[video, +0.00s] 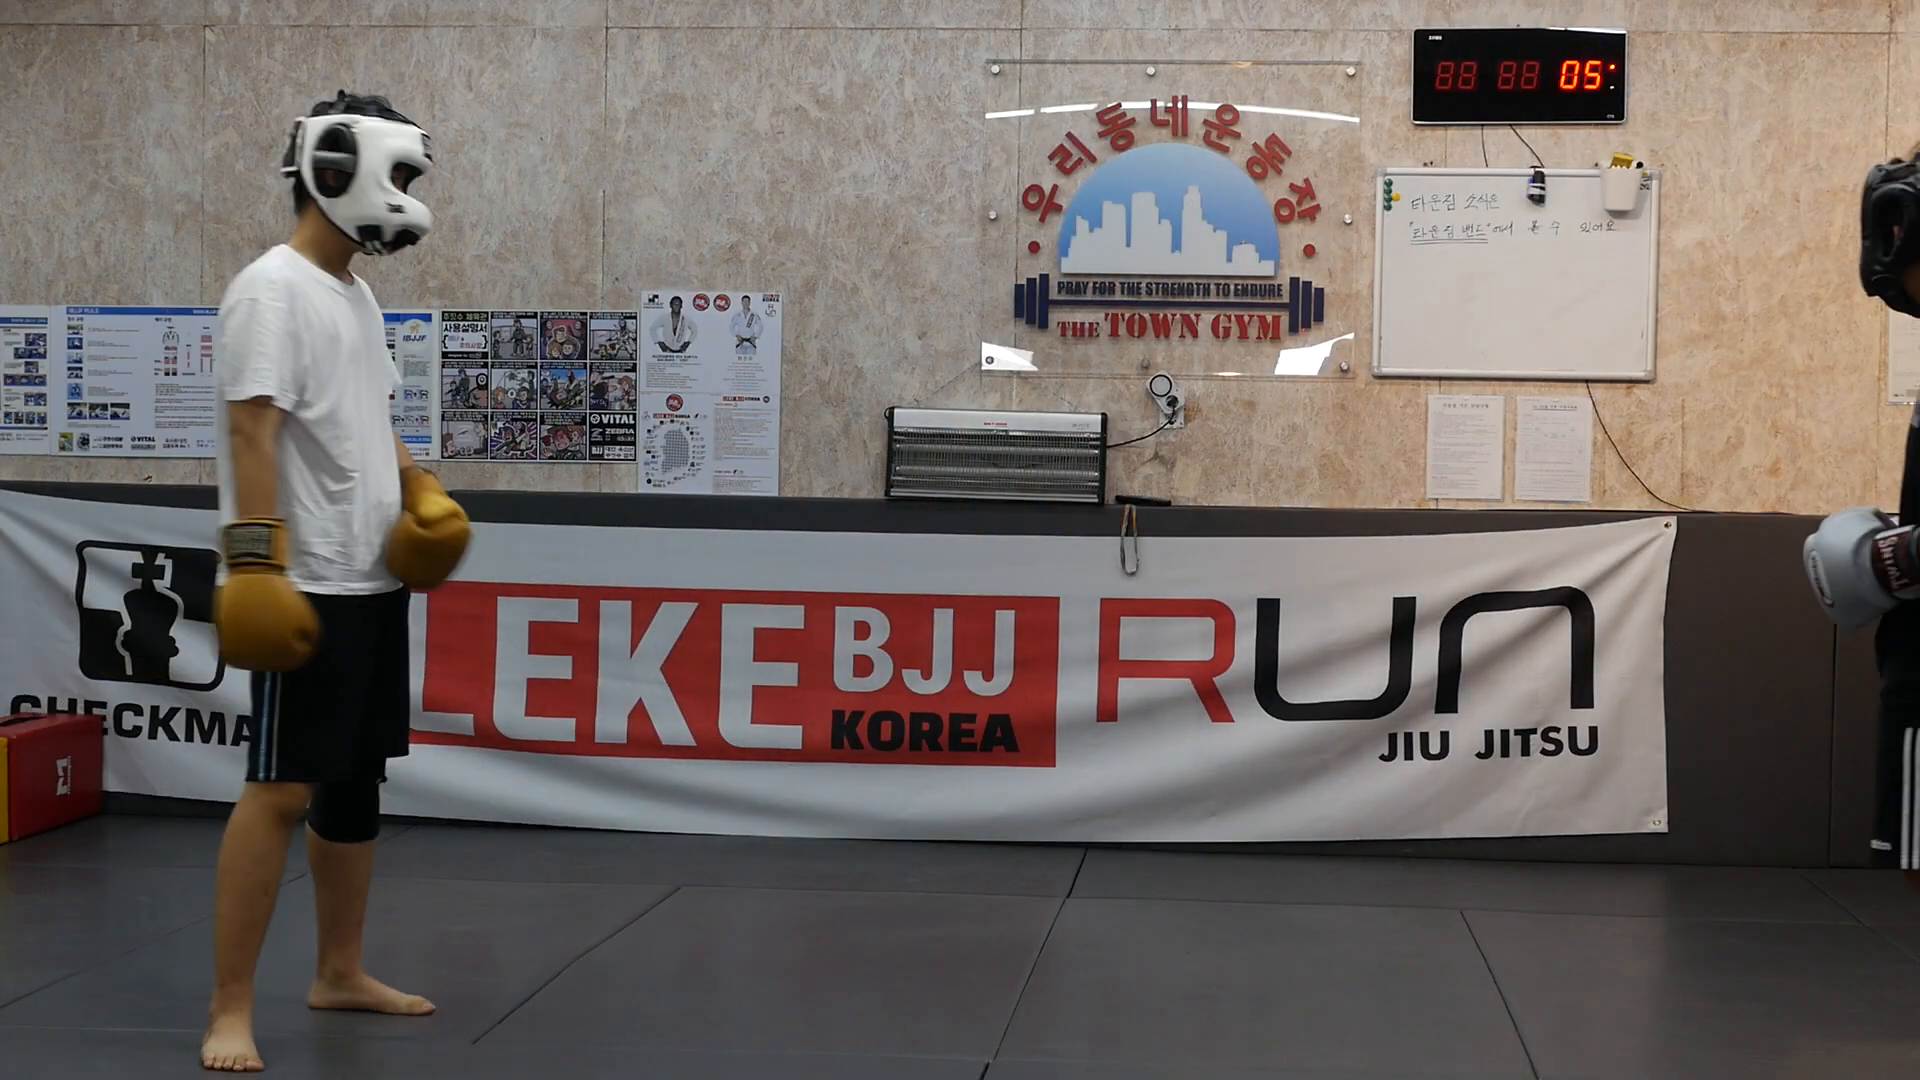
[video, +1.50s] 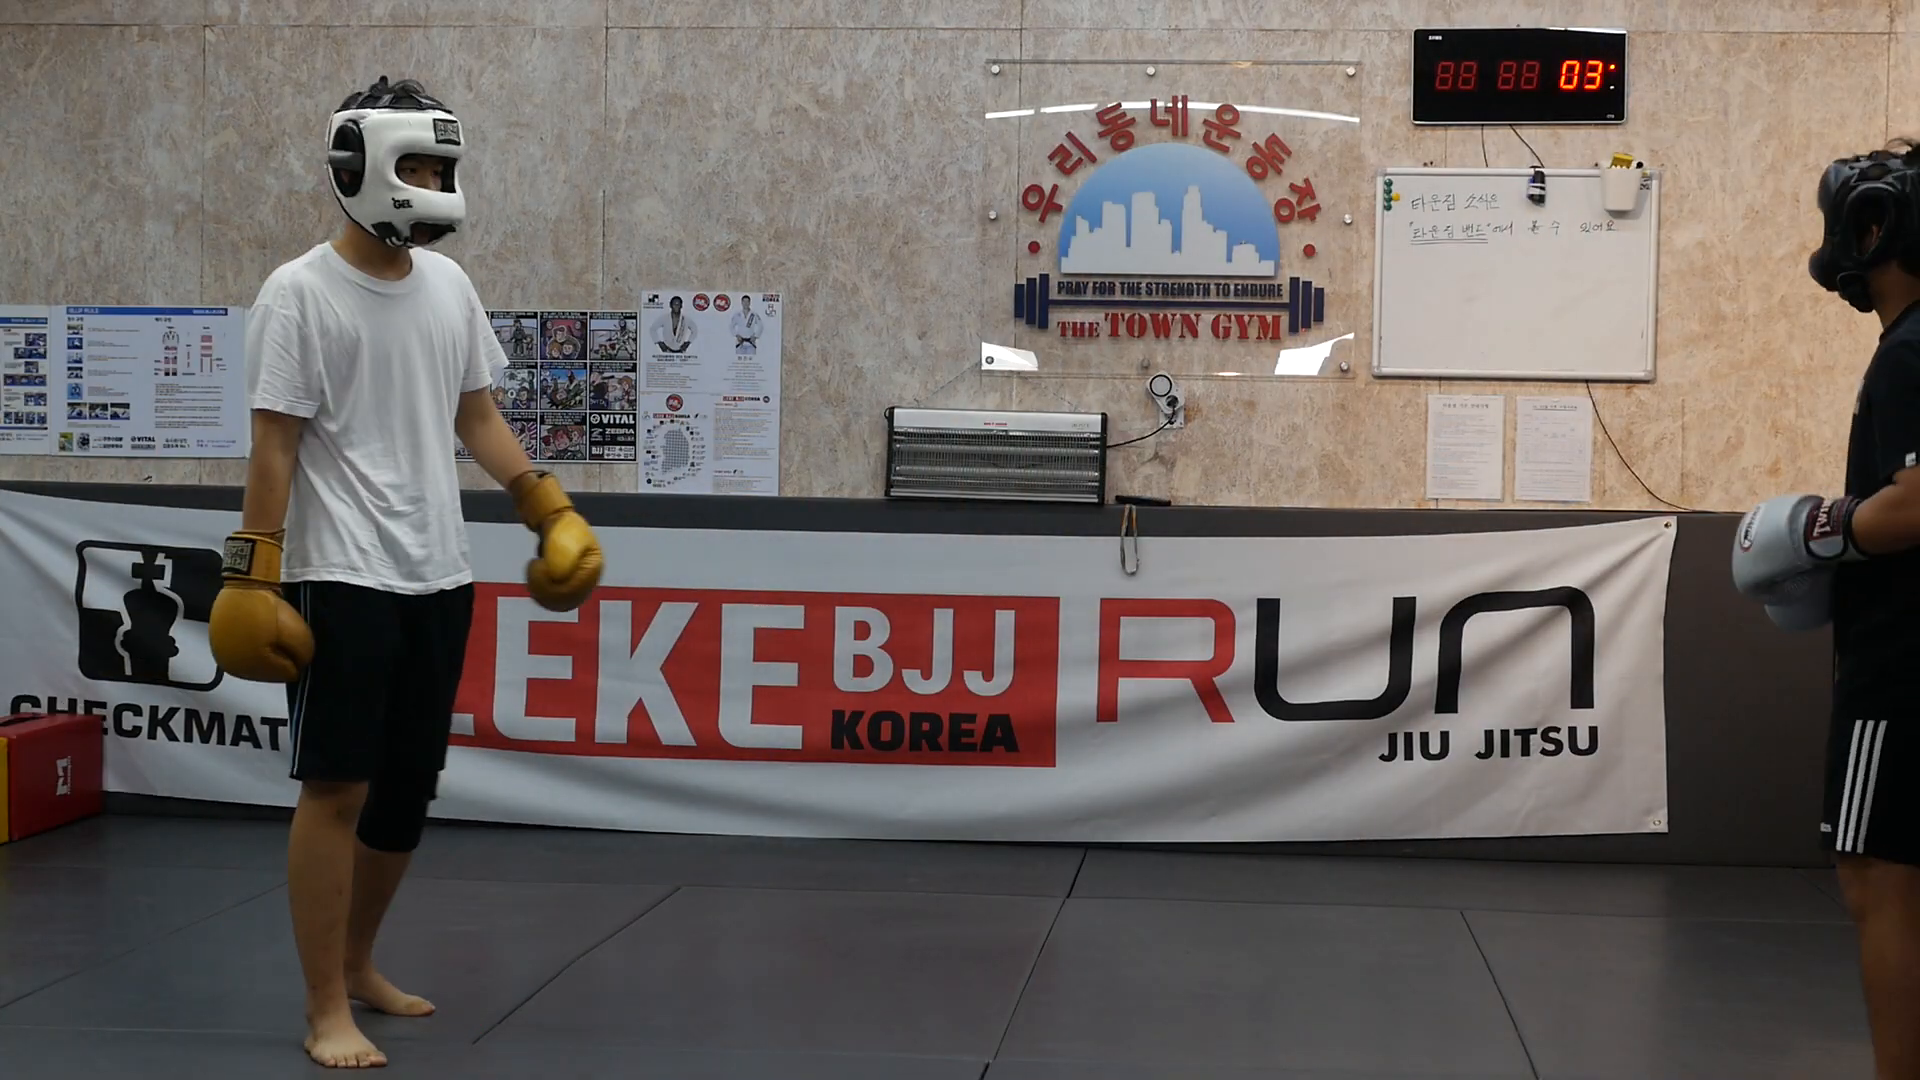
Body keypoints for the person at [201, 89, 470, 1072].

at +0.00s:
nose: (409, 197)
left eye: (413, 178)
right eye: (396, 177)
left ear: (354, 182)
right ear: (339, 175)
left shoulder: (356, 296)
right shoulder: (270, 288)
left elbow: (371, 429)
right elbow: (251, 429)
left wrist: (420, 491)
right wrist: (258, 562)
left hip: (375, 584)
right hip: (305, 584)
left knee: (353, 785)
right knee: (279, 790)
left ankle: (341, 973)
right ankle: (231, 1010)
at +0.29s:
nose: (436, 202)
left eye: (434, 182)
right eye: (427, 183)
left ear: (350, 185)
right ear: (389, 185)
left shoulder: (347, 291)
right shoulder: (327, 292)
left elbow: (366, 445)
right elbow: (362, 442)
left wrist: (435, 548)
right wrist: (437, 544)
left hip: (369, 570)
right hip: (334, 572)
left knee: (367, 771)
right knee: (343, 774)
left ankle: (341, 972)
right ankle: (243, 987)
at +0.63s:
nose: (467, 192)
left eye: (462, 172)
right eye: (456, 174)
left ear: (375, 185)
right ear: (418, 183)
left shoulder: (363, 285)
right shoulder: (368, 289)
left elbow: (400, 450)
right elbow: (403, 447)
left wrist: (474, 538)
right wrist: (482, 534)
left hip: (369, 556)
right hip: (348, 557)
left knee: (376, 768)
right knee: (374, 769)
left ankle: (340, 971)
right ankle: (259, 966)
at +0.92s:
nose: (481, 192)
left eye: (478, 174)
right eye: (466, 175)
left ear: (407, 188)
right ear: (417, 186)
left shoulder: (404, 299)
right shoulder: (363, 293)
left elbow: (390, 449)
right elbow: (363, 440)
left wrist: (421, 577)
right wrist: (398, 568)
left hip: (384, 566)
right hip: (340, 568)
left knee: (372, 776)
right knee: (341, 776)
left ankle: (350, 969)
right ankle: (326, 993)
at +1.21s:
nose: (461, 190)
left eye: (464, 171)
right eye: (443, 173)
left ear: (422, 183)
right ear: (388, 178)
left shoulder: (441, 294)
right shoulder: (323, 292)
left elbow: (461, 425)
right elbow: (296, 435)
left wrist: (503, 531)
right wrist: (292, 562)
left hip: (425, 582)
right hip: (349, 583)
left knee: (383, 786)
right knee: (338, 789)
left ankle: (351, 970)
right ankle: (327, 1008)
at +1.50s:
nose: (432, 181)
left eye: (440, 165)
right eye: (411, 164)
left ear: (449, 172)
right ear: (354, 170)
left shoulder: (449, 285)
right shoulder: (298, 293)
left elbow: (479, 415)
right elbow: (273, 442)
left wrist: (549, 510)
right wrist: (253, 575)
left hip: (438, 579)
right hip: (340, 581)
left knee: (404, 792)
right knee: (335, 791)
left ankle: (356, 964)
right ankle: (326, 1012)